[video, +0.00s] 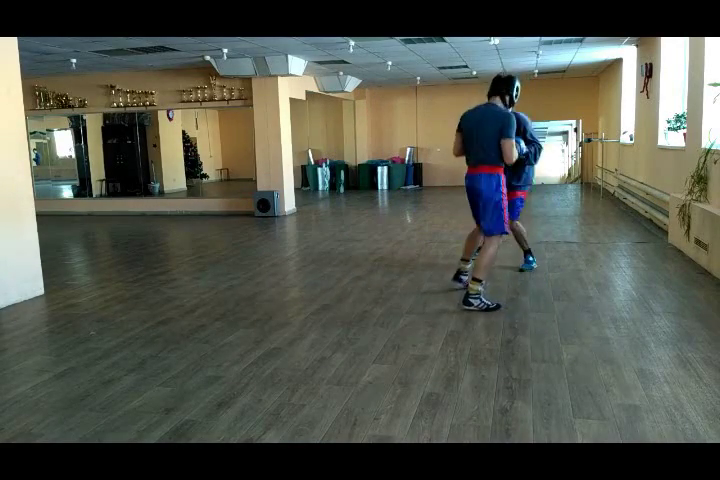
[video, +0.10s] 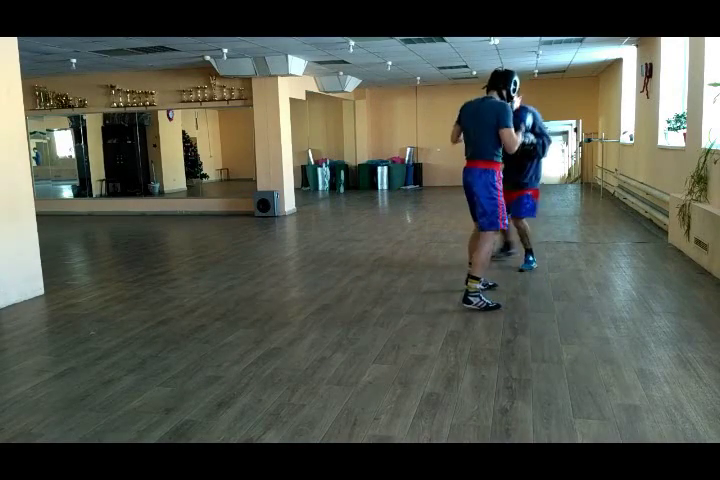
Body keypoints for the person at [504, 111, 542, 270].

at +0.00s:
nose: (499, 101)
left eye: (503, 96)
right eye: (497, 97)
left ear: (511, 97)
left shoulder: (519, 119)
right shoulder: (490, 120)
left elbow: (536, 147)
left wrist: (519, 153)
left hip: (518, 179)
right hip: (497, 178)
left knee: (512, 220)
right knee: (489, 219)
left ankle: (528, 255)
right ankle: (481, 248)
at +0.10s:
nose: (510, 102)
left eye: (512, 98)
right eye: (507, 98)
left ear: (519, 97)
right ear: (504, 99)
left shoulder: (529, 114)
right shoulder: (501, 116)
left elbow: (545, 140)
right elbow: (496, 143)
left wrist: (528, 143)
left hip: (526, 175)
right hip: (505, 174)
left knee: (517, 216)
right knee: (502, 213)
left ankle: (529, 254)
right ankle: (507, 245)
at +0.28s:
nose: (519, 96)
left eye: (523, 92)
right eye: (516, 92)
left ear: (530, 91)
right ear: (513, 93)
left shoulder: (538, 107)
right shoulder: (512, 111)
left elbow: (553, 131)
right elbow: (507, 136)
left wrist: (531, 120)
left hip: (536, 166)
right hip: (519, 167)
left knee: (525, 210)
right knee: (516, 210)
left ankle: (541, 252)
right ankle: (534, 251)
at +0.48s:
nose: (527, 101)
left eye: (531, 96)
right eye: (524, 97)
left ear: (542, 95)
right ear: (522, 96)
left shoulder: (547, 110)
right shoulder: (526, 115)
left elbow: (541, 122)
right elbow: (518, 147)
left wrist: (527, 108)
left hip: (549, 174)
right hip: (531, 174)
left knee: (550, 219)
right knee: (527, 217)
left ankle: (570, 265)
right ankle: (537, 254)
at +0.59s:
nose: (533, 100)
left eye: (537, 96)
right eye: (530, 96)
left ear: (546, 94)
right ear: (528, 95)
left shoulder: (554, 110)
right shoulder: (535, 114)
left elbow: (538, 113)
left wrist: (514, 98)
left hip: (559, 174)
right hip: (541, 174)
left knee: (556, 220)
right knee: (536, 216)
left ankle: (570, 266)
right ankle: (542, 253)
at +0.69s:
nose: (537, 98)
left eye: (541, 94)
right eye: (534, 95)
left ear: (551, 92)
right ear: (531, 95)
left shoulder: (559, 107)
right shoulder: (542, 113)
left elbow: (553, 121)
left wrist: (533, 113)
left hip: (564, 174)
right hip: (548, 175)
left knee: (561, 221)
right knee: (544, 217)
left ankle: (572, 267)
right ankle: (564, 251)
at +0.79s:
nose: (538, 97)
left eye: (542, 93)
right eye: (535, 93)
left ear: (552, 90)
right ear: (534, 93)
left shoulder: (562, 107)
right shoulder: (544, 115)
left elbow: (563, 133)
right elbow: (539, 151)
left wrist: (540, 118)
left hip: (566, 175)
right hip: (552, 174)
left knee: (564, 221)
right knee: (550, 217)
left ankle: (572, 267)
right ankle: (580, 249)